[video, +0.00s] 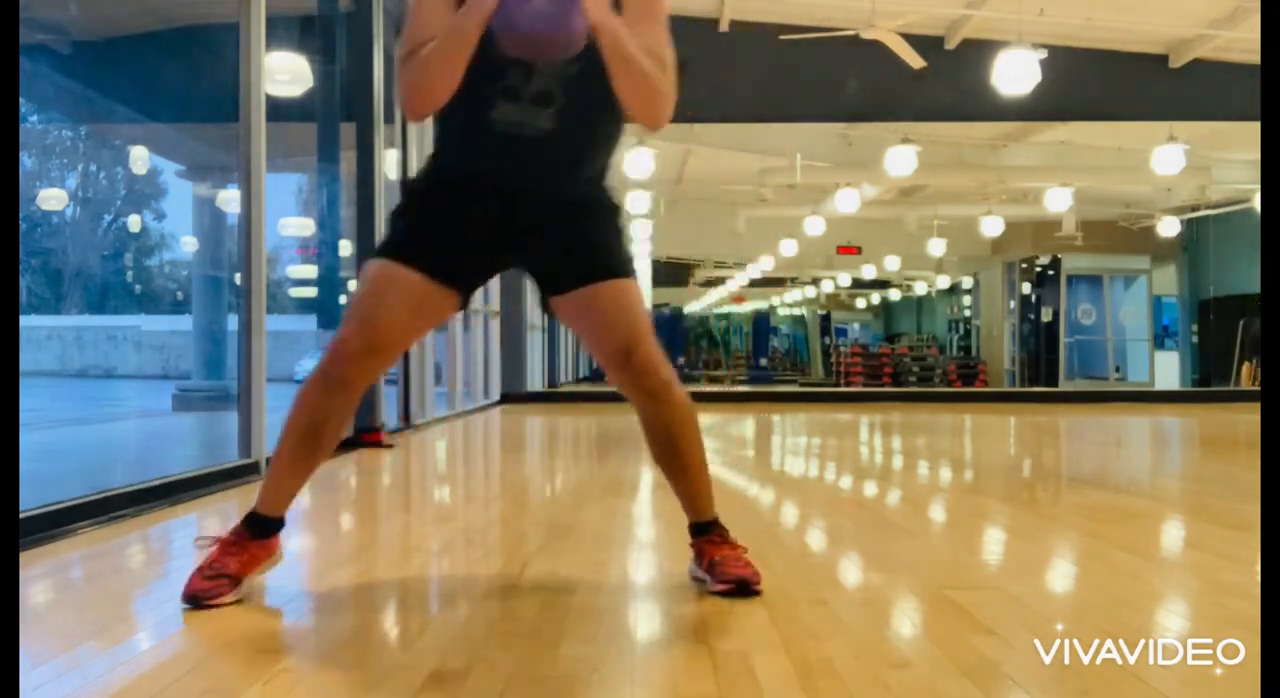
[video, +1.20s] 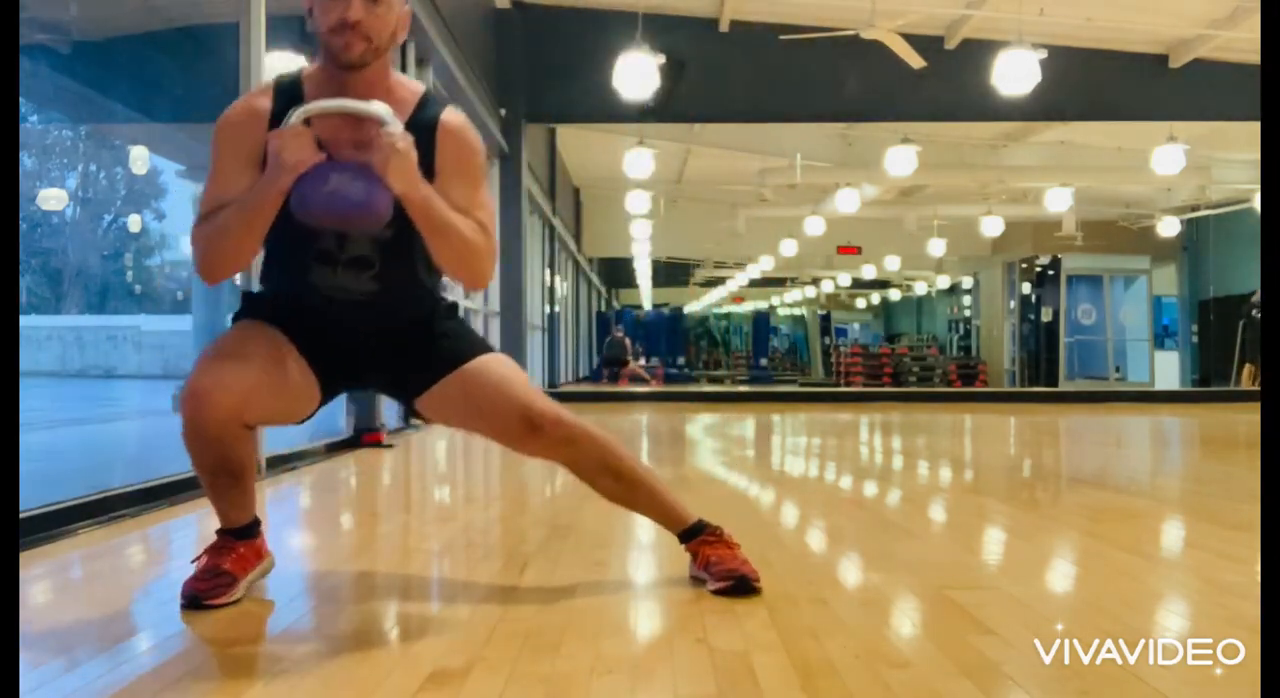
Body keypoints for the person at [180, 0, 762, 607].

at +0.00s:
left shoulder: (633, 3)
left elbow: (655, 108)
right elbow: (415, 99)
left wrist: (600, 15)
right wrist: (479, 6)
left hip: (571, 208)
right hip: (456, 202)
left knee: (641, 364)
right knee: (347, 359)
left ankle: (711, 537)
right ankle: (257, 531)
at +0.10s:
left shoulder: (578, 18)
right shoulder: (394, 5)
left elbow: (603, 148)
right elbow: (357, 128)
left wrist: (548, 49)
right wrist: (430, 43)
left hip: (518, 234)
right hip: (400, 229)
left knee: (603, 373)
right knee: (295, 373)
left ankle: (706, 535)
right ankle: (249, 544)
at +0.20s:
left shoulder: (535, 52)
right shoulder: (350, 29)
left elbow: (558, 187)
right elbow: (307, 164)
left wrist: (508, 101)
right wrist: (380, 82)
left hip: (476, 265)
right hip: (357, 258)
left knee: (580, 390)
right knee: (255, 382)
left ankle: (703, 536)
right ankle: (246, 545)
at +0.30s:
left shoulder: (502, 85)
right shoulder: (314, 68)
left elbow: (526, 223)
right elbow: (272, 203)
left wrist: (467, 134)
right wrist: (342, 124)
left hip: (451, 287)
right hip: (333, 281)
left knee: (561, 403)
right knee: (235, 383)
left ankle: (702, 536)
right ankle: (243, 546)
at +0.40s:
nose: (374, 6)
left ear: (432, 9)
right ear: (340, 5)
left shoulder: (475, 118)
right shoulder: (285, 103)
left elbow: (504, 252)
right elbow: (245, 241)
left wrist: (441, 179)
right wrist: (312, 170)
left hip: (429, 314)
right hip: (313, 306)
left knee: (548, 419)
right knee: (215, 389)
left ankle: (700, 536)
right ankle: (241, 546)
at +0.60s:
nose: (333, 64)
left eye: (357, 48)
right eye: (319, 44)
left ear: (391, 64)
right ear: (298, 51)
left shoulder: (433, 173)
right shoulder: (244, 158)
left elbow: (468, 309)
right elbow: (201, 301)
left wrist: (397, 237)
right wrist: (263, 237)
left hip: (399, 359)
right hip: (281, 352)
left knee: (528, 439)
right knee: (188, 402)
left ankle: (692, 536)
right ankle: (240, 546)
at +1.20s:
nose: (348, 12)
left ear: (404, 16)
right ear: (310, 13)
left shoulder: (446, 131)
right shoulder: (255, 118)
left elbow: (475, 269)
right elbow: (213, 261)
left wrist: (406, 179)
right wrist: (275, 178)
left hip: (416, 332)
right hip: (297, 331)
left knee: (544, 426)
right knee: (206, 398)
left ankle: (699, 537)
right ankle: (238, 541)